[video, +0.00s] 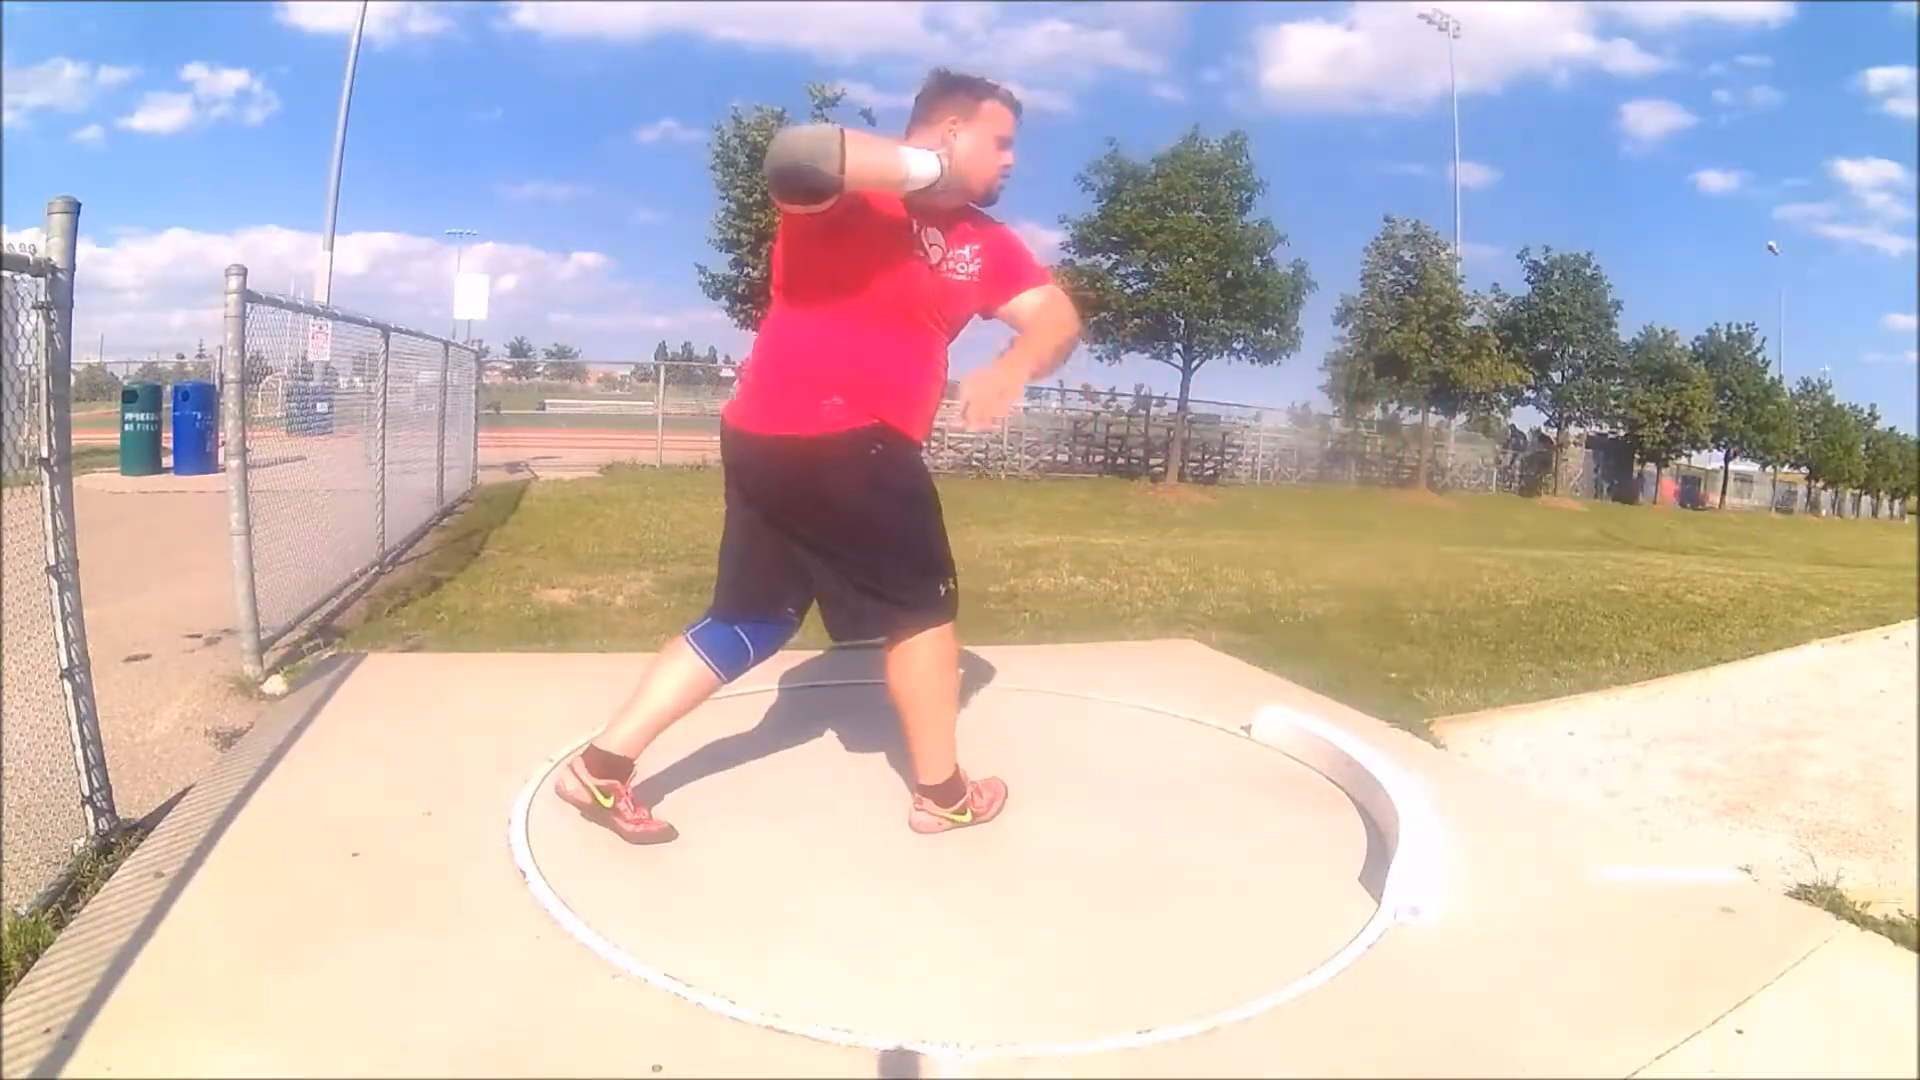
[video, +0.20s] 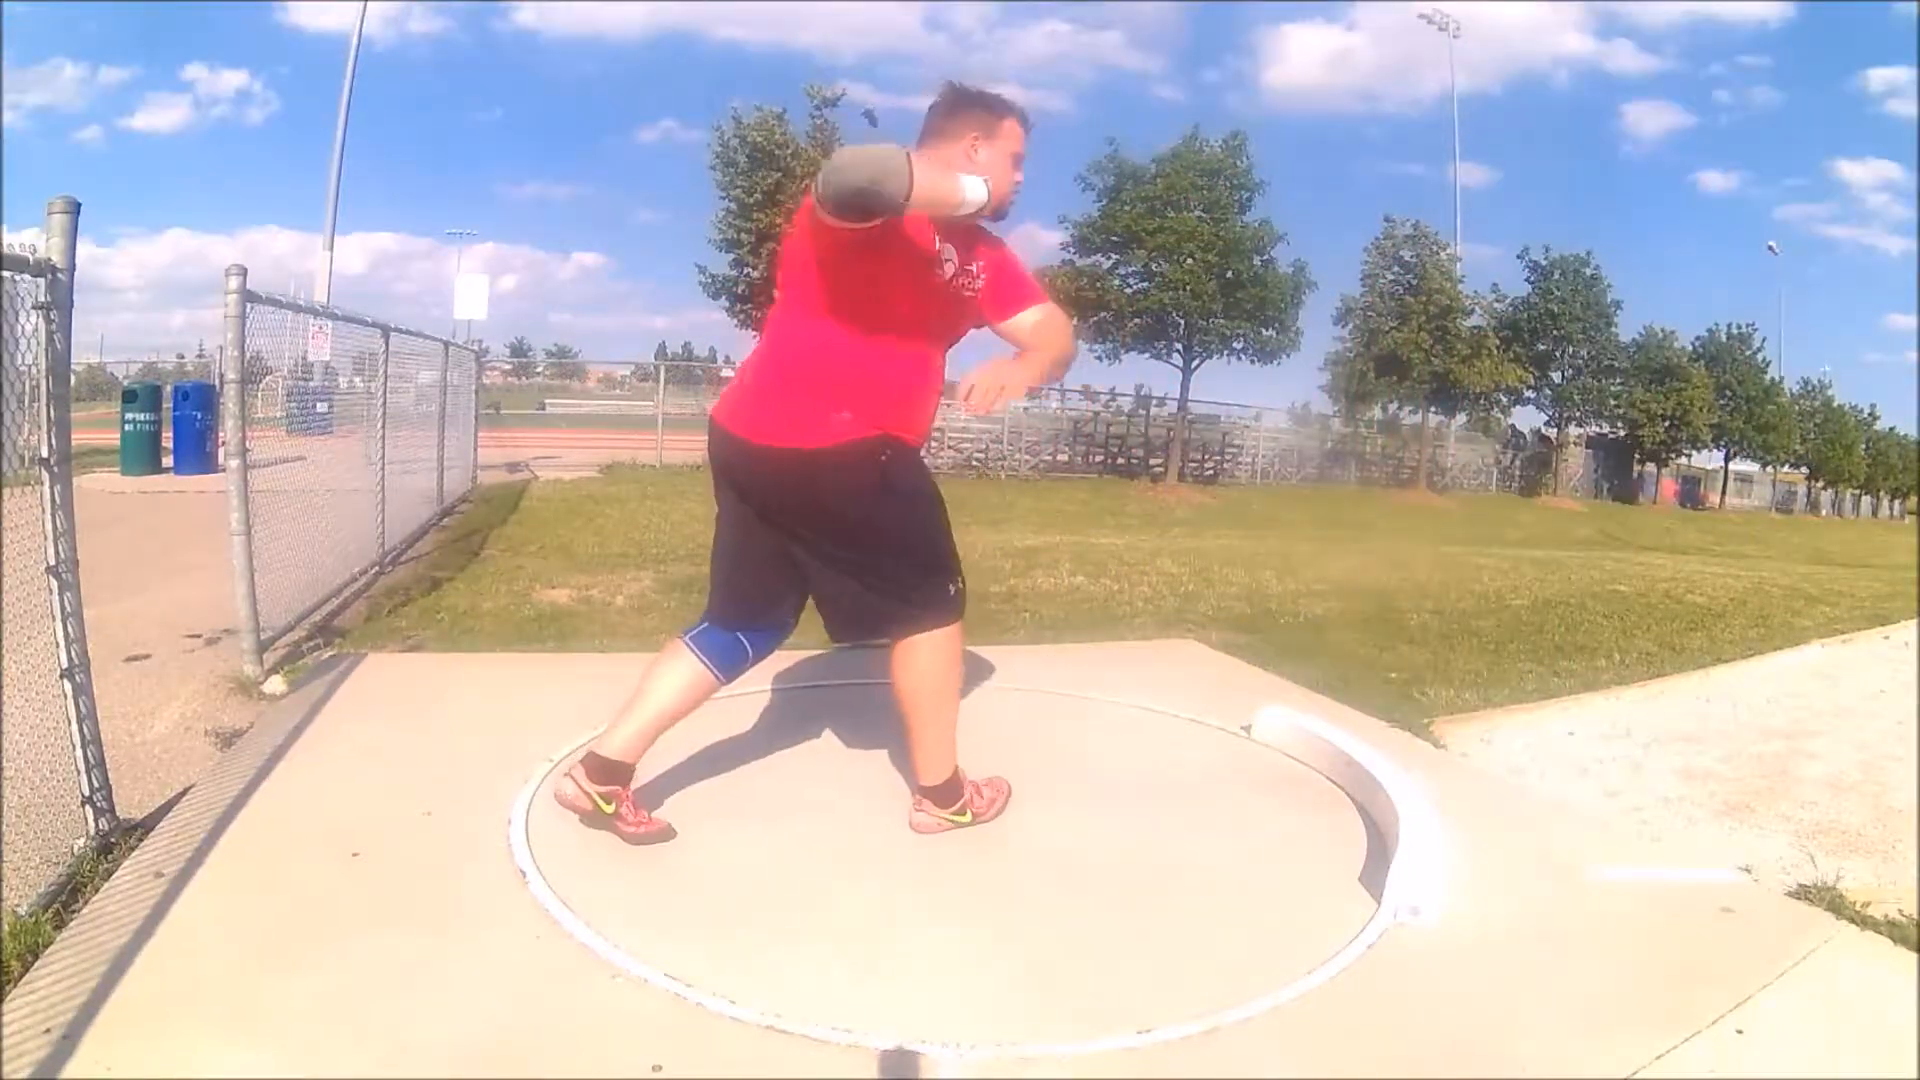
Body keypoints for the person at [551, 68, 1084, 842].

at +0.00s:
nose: (1010, 161)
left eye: (1011, 146)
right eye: (1001, 142)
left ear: (965, 142)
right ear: (947, 134)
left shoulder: (982, 243)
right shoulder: (831, 185)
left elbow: (1057, 319)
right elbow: (790, 152)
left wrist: (1010, 371)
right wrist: (927, 164)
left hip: (759, 432)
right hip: (856, 437)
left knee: (749, 618)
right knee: (920, 604)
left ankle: (604, 760)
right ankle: (939, 788)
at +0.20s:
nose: (1018, 183)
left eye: (1020, 167)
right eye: (1014, 163)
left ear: (967, 150)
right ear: (972, 150)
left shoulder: (980, 258)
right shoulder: (853, 198)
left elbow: (1055, 335)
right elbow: (856, 177)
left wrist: (1021, 367)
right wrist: (974, 190)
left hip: (748, 433)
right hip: (853, 443)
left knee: (744, 621)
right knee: (927, 606)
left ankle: (605, 763)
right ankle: (939, 789)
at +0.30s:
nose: (1028, 208)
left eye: (1030, 188)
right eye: (1027, 184)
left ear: (953, 160)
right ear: (991, 168)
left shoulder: (971, 270)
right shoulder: (892, 196)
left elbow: (1033, 341)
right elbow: (947, 206)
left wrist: (1087, 400)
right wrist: (1006, 216)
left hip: (746, 436)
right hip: (852, 449)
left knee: (743, 626)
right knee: (942, 605)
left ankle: (605, 771)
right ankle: (939, 787)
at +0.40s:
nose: (1027, 210)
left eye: (1025, 199)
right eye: (1029, 197)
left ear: (957, 175)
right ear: (1022, 188)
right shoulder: (984, 221)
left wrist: (1111, 434)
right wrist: (1064, 260)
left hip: (750, 438)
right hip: (867, 458)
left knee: (735, 630)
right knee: (959, 606)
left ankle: (603, 776)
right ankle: (940, 789)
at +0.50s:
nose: (1016, 216)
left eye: (994, 199)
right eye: (1027, 207)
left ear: (961, 191)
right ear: (1027, 202)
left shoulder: (907, 235)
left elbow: (919, 359)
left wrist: (1017, 425)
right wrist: (1115, 272)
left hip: (788, 441)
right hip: (915, 471)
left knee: (732, 631)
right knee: (979, 602)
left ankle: (606, 785)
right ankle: (944, 786)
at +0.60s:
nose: (962, 208)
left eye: (955, 200)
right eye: (976, 199)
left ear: (945, 205)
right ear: (1015, 204)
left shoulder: (897, 255)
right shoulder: (1070, 251)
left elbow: (844, 359)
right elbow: (1152, 312)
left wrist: (851, 436)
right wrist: (1083, 297)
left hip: (881, 450)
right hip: (1021, 470)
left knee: (756, 622)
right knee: (999, 616)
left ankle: (627, 777)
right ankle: (963, 784)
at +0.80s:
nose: (941, 241)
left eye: (946, 227)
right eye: (941, 230)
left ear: (981, 211)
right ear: (1021, 213)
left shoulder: (968, 252)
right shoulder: (1101, 264)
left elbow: (841, 308)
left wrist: (732, 361)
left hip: (1066, 466)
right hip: (1158, 474)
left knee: (982, 638)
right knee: (1021, 613)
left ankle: (1150, 788)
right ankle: (1018, 773)